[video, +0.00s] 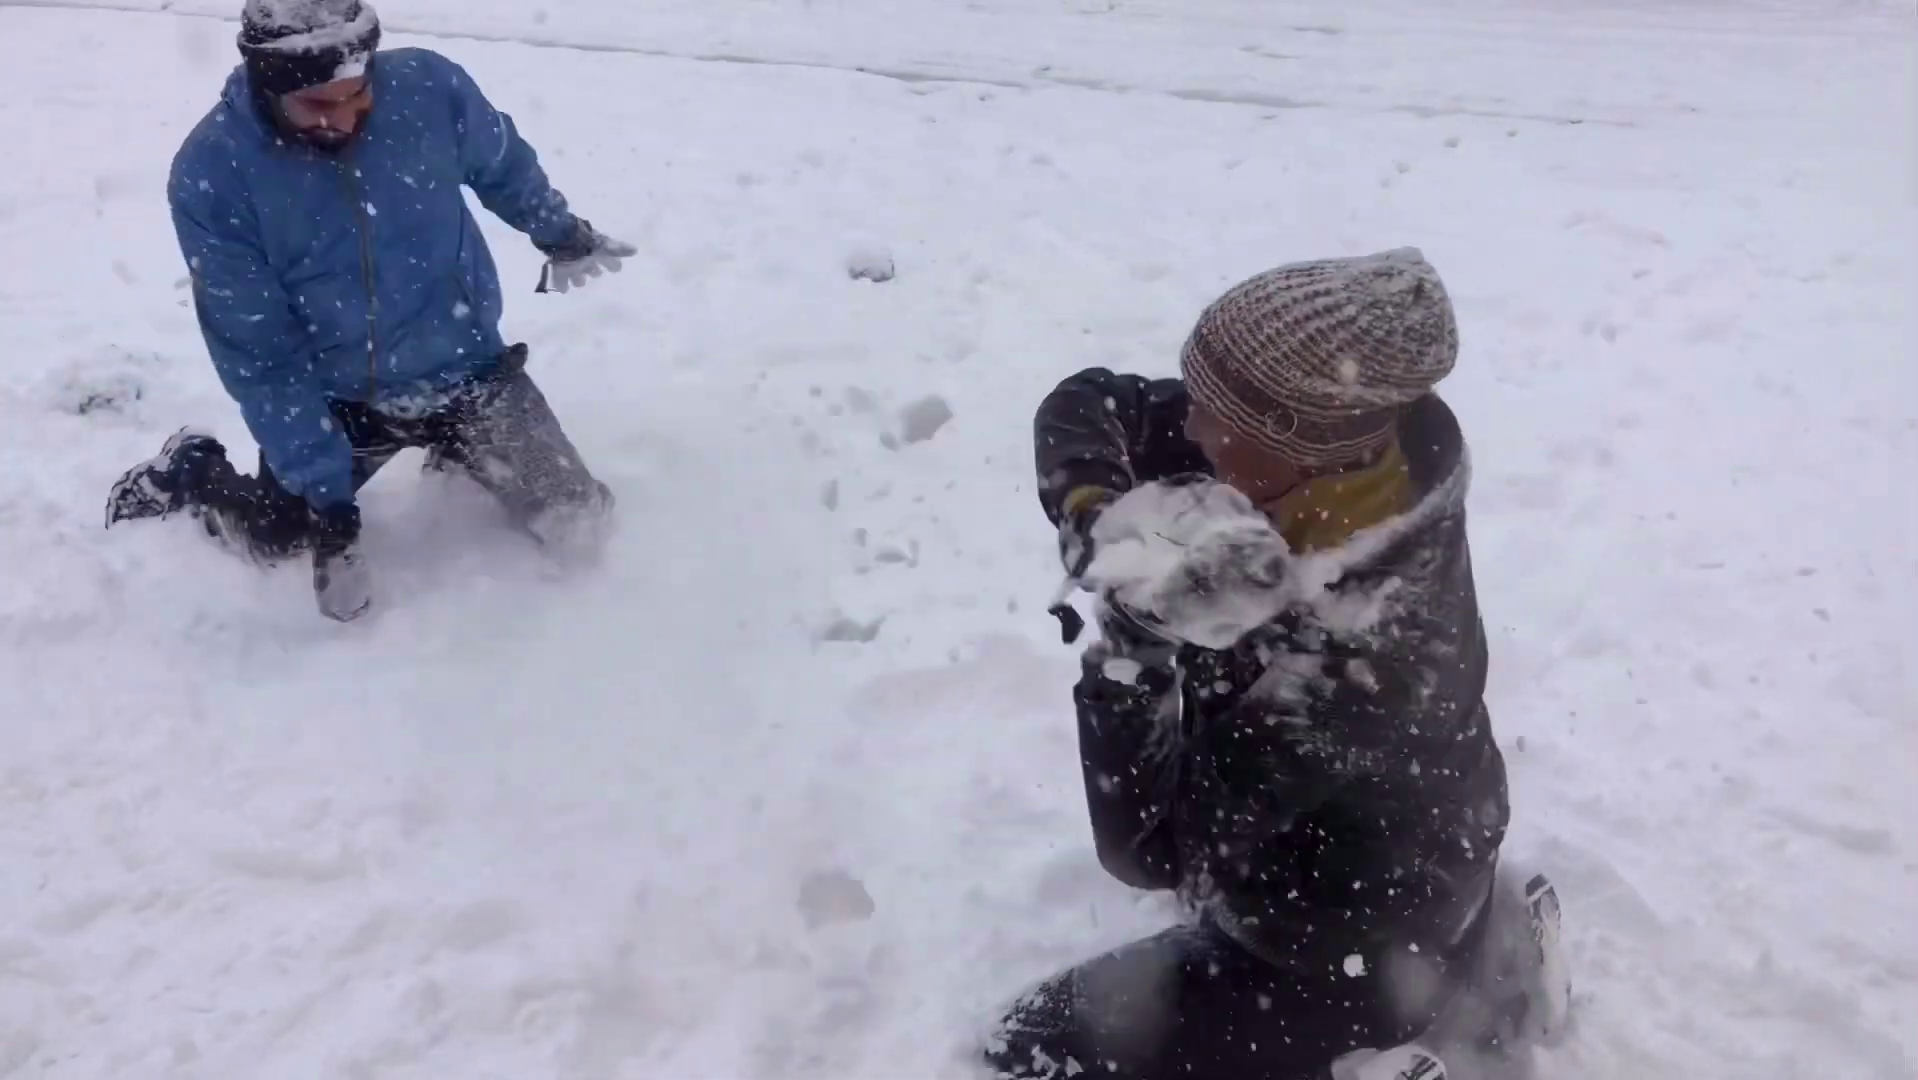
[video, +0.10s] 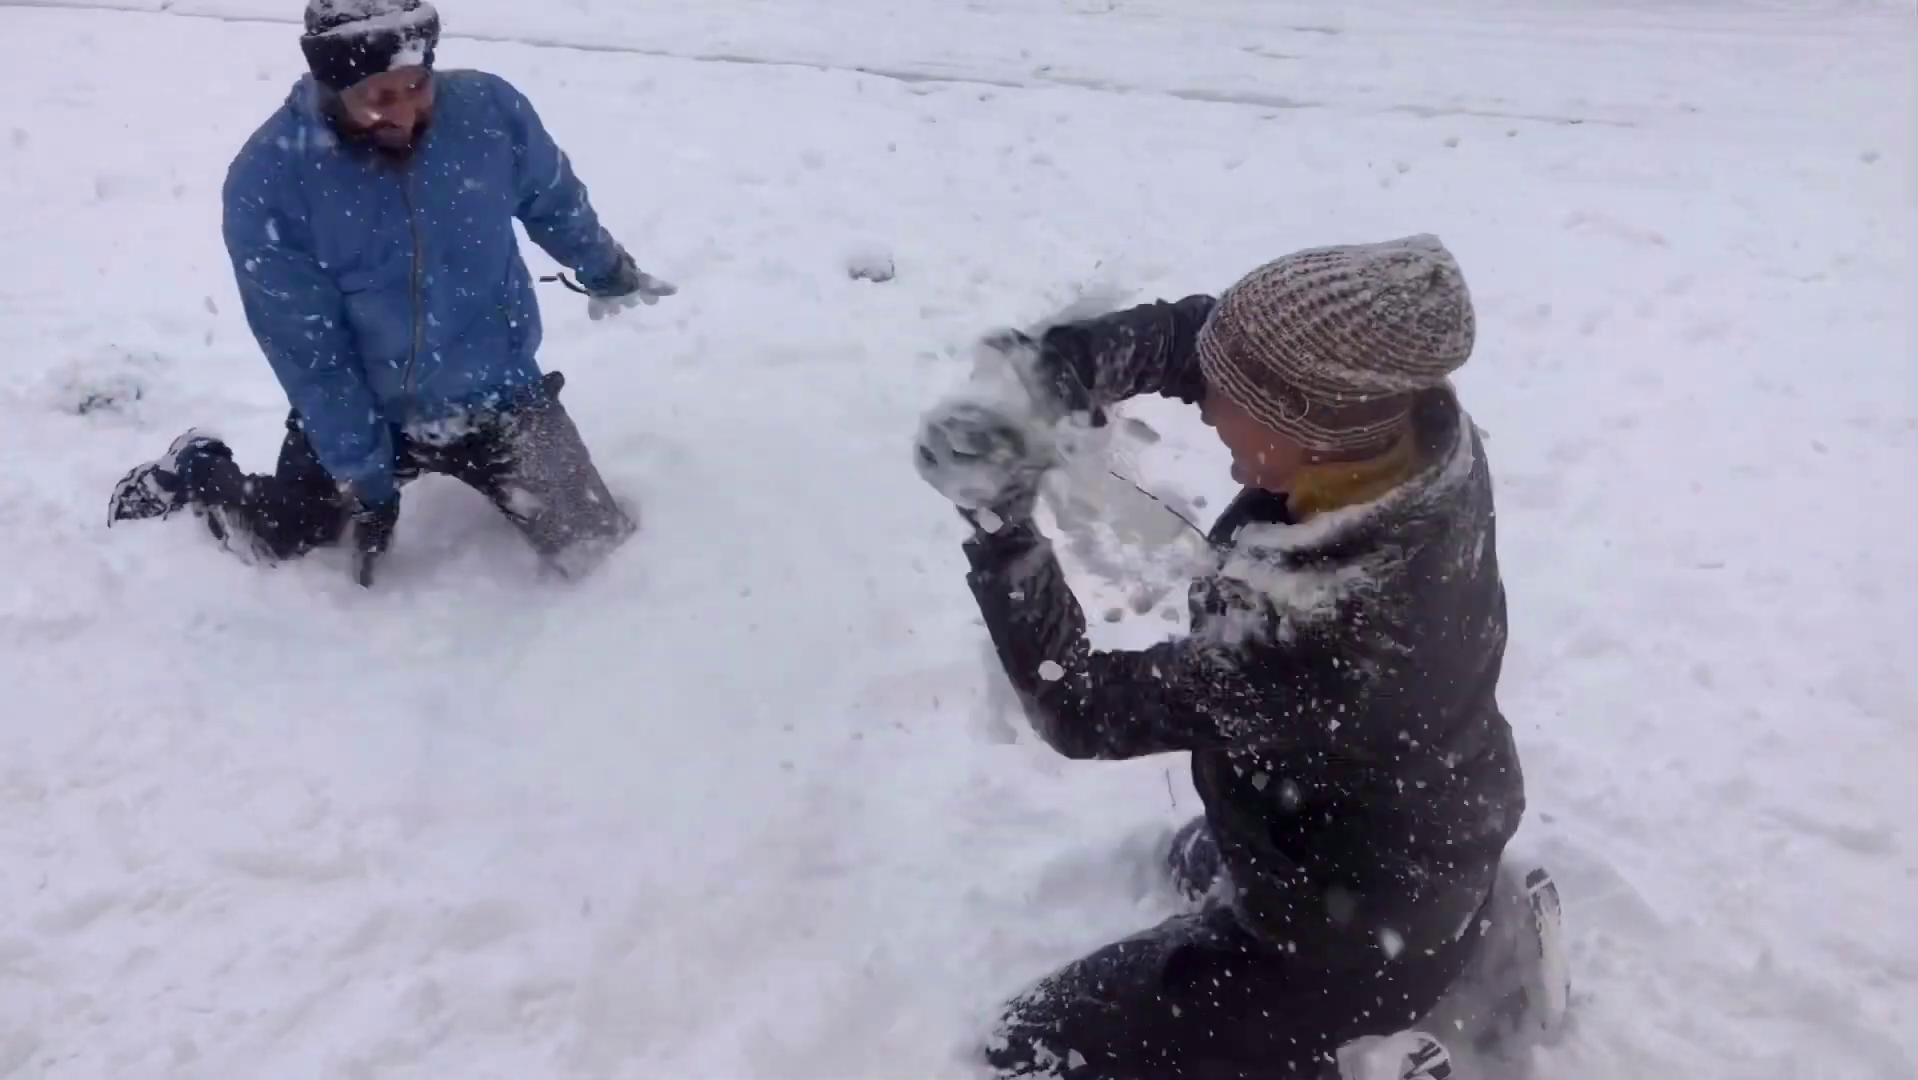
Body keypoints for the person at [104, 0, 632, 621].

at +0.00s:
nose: (343, 120)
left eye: (357, 94)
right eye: (318, 104)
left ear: (371, 62)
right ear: (269, 86)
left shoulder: (427, 90)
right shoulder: (214, 176)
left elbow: (503, 164)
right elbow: (260, 359)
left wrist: (559, 231)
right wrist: (333, 519)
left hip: (469, 375)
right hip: (339, 405)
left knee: (583, 529)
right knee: (283, 542)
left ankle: (466, 445)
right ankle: (190, 476)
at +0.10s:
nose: (399, 114)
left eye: (413, 87)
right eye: (375, 97)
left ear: (431, 66)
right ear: (330, 87)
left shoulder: (489, 114)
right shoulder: (269, 182)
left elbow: (554, 200)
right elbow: (307, 350)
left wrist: (605, 270)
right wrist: (370, 485)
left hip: (496, 401)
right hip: (359, 422)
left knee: (596, 547)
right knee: (286, 545)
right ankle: (197, 476)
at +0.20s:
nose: (466, 118)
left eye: (481, 92)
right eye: (441, 98)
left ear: (499, 82)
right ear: (396, 94)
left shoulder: (555, 149)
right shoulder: (337, 207)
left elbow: (611, 256)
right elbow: (377, 374)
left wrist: (657, 344)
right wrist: (455, 498)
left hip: (530, 407)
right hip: (394, 421)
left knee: (614, 546)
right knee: (288, 540)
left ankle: (509, 466)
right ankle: (198, 478)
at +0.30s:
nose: (528, 124)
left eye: (540, 102)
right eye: (504, 106)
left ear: (558, 101)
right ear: (457, 110)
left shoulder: (581, 184)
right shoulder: (401, 220)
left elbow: (640, 309)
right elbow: (449, 400)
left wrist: (686, 424)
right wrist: (552, 533)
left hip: (540, 408)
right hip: (414, 418)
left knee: (623, 536)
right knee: (298, 534)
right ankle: (205, 476)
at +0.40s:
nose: (560, 127)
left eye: (578, 108)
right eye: (540, 107)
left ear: (597, 111)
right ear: (499, 109)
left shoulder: (631, 201)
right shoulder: (443, 208)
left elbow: (657, 344)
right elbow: (484, 403)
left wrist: (685, 465)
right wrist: (594, 517)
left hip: (550, 402)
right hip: (422, 403)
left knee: (623, 543)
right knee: (308, 540)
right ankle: (215, 479)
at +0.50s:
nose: (584, 151)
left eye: (597, 130)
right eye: (564, 131)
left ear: (614, 127)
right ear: (520, 129)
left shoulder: (643, 204)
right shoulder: (452, 206)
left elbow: (661, 351)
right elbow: (479, 384)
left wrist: (682, 480)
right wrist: (591, 503)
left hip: (556, 406)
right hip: (423, 402)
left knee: (612, 533)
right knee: (311, 545)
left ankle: (526, 471)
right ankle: (236, 475)